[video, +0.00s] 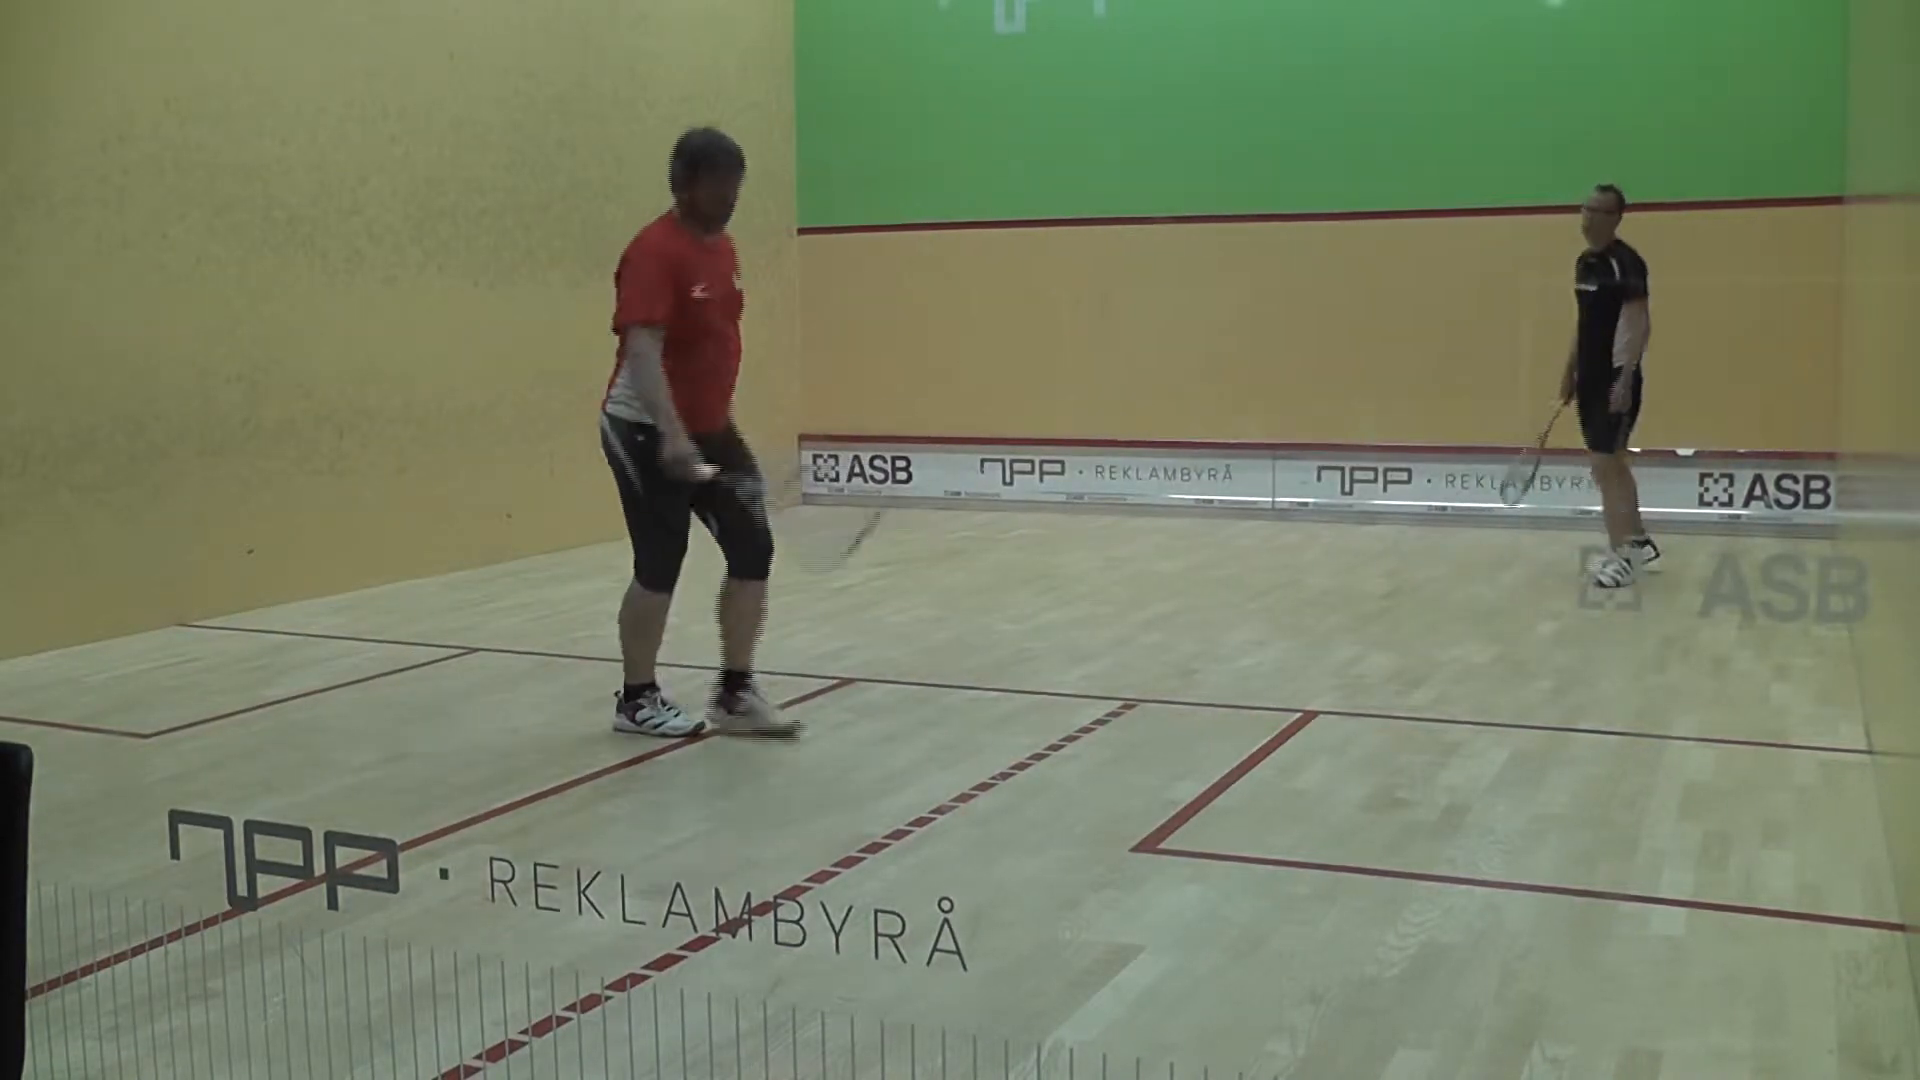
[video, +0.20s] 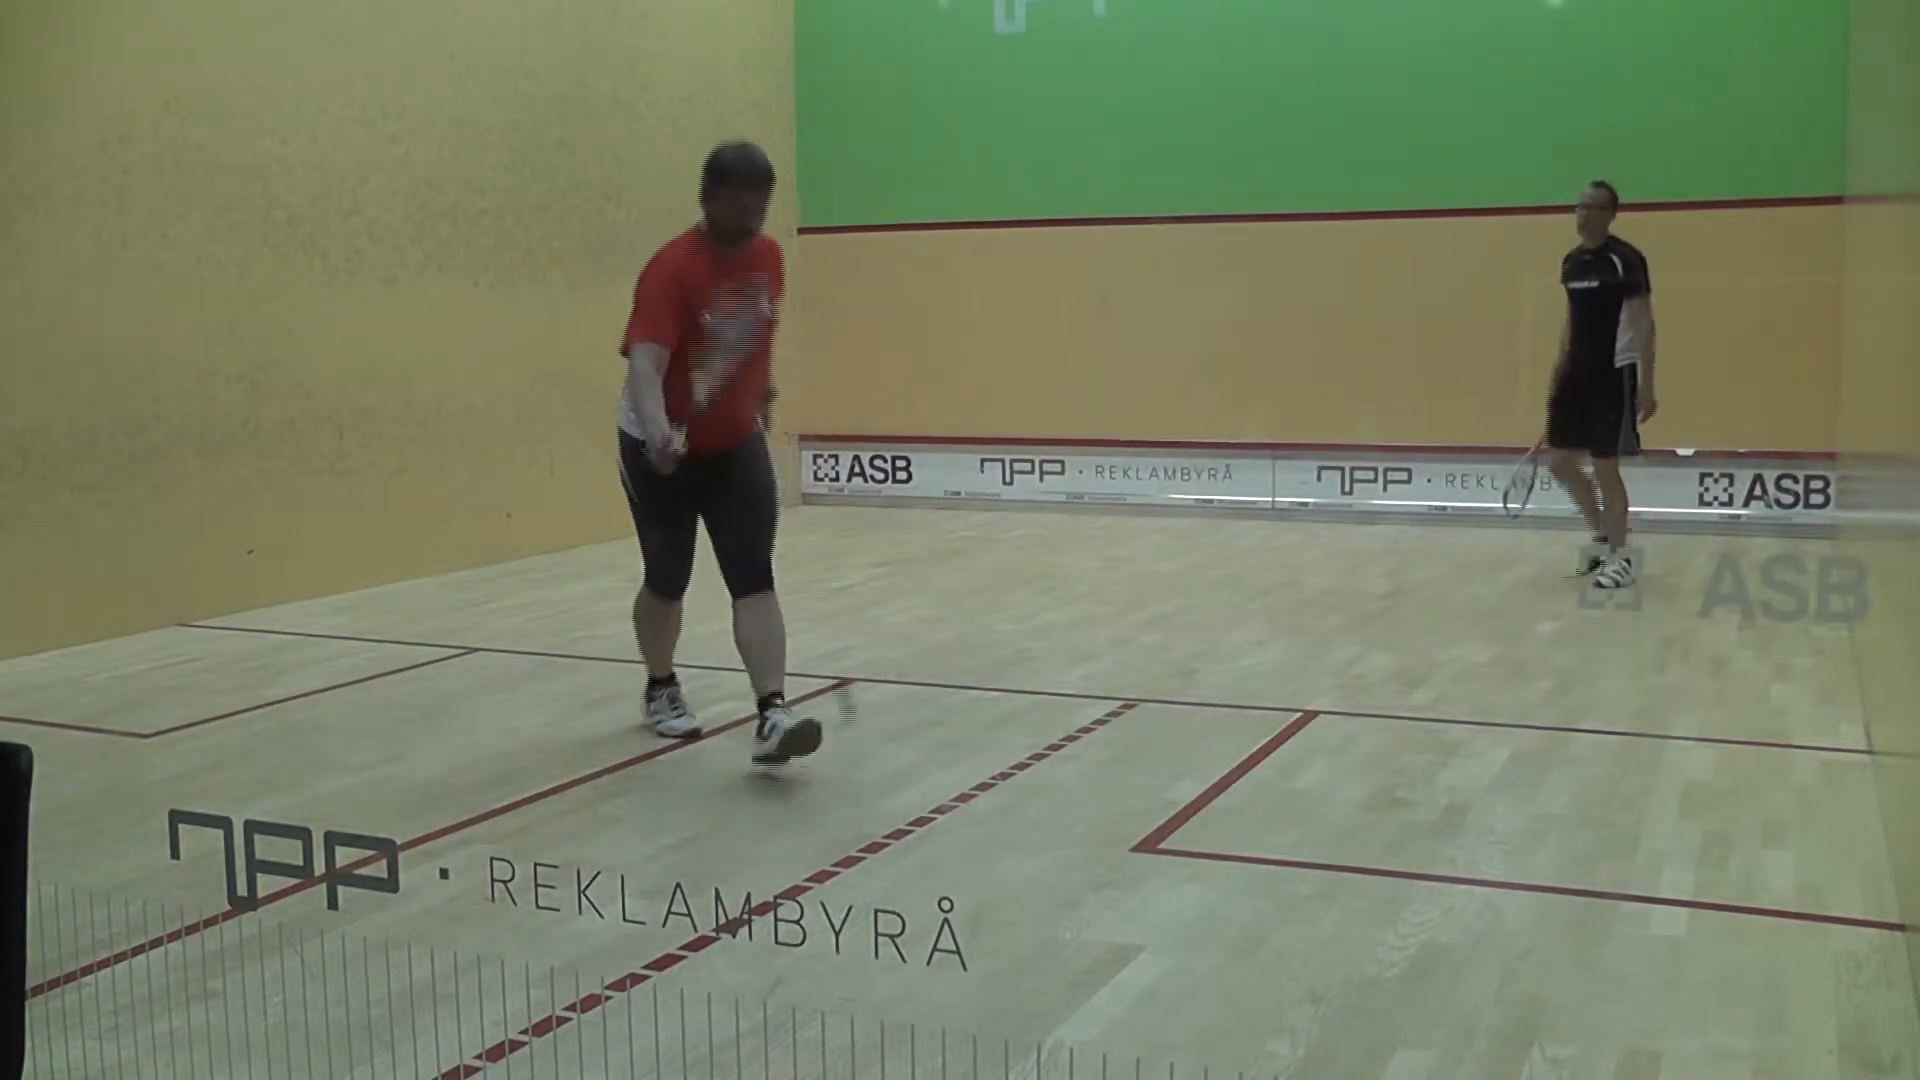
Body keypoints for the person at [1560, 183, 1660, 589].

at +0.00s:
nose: (1587, 218)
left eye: (1597, 212)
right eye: (1586, 210)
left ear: (1617, 218)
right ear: (1583, 213)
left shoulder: (1628, 263)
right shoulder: (1586, 262)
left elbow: (1637, 325)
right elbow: (1585, 323)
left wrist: (1625, 380)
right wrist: (1571, 371)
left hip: (1617, 377)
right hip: (1591, 375)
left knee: (1606, 466)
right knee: (1610, 463)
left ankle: (1623, 556)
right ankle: (1636, 539)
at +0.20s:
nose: (1583, 214)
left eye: (1593, 208)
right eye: (1580, 207)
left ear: (1611, 214)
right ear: (1575, 210)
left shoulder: (1628, 260)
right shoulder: (1572, 262)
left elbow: (1644, 326)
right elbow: (1573, 327)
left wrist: (1646, 385)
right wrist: (1559, 379)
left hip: (1613, 375)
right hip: (1577, 375)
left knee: (1606, 465)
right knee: (1562, 459)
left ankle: (1619, 556)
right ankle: (1602, 535)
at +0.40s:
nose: (1566, 213)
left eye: (1575, 207)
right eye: (1562, 206)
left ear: (1593, 213)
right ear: (1556, 211)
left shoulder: (1613, 257)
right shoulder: (1552, 262)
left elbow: (1638, 319)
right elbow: (1552, 322)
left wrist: (1647, 382)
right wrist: (1534, 373)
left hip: (1604, 375)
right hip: (1560, 374)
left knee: (1604, 465)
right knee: (1533, 456)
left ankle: (1619, 558)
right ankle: (1544, 557)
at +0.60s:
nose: (1534, 223)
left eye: (1543, 216)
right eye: (1530, 215)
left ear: (1563, 221)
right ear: (1525, 219)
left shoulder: (1584, 267)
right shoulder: (1520, 272)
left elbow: (1611, 329)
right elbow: (1515, 337)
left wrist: (1616, 393)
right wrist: (1495, 392)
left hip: (1576, 387)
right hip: (1531, 387)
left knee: (1591, 473)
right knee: (1515, 471)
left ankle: (1617, 557)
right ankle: (1513, 571)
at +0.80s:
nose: (1509, 211)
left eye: (1518, 204)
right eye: (1504, 203)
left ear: (1534, 211)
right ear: (1496, 208)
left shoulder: (1555, 257)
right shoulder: (1488, 262)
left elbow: (1575, 321)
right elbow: (1478, 327)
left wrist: (1576, 381)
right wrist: (1460, 386)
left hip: (1541, 381)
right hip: (1497, 380)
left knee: (1540, 477)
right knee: (1494, 474)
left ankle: (1574, 551)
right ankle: (1510, 572)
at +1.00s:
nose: (1485, 207)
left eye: (1495, 201)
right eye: (1480, 200)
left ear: (1512, 207)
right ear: (1473, 205)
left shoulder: (1531, 257)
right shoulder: (1460, 258)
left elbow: (1550, 320)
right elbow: (1445, 320)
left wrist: (1555, 383)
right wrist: (1425, 381)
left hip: (1514, 372)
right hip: (1471, 372)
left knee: (1496, 472)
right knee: (1485, 474)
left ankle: (1504, 573)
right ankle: (1508, 567)